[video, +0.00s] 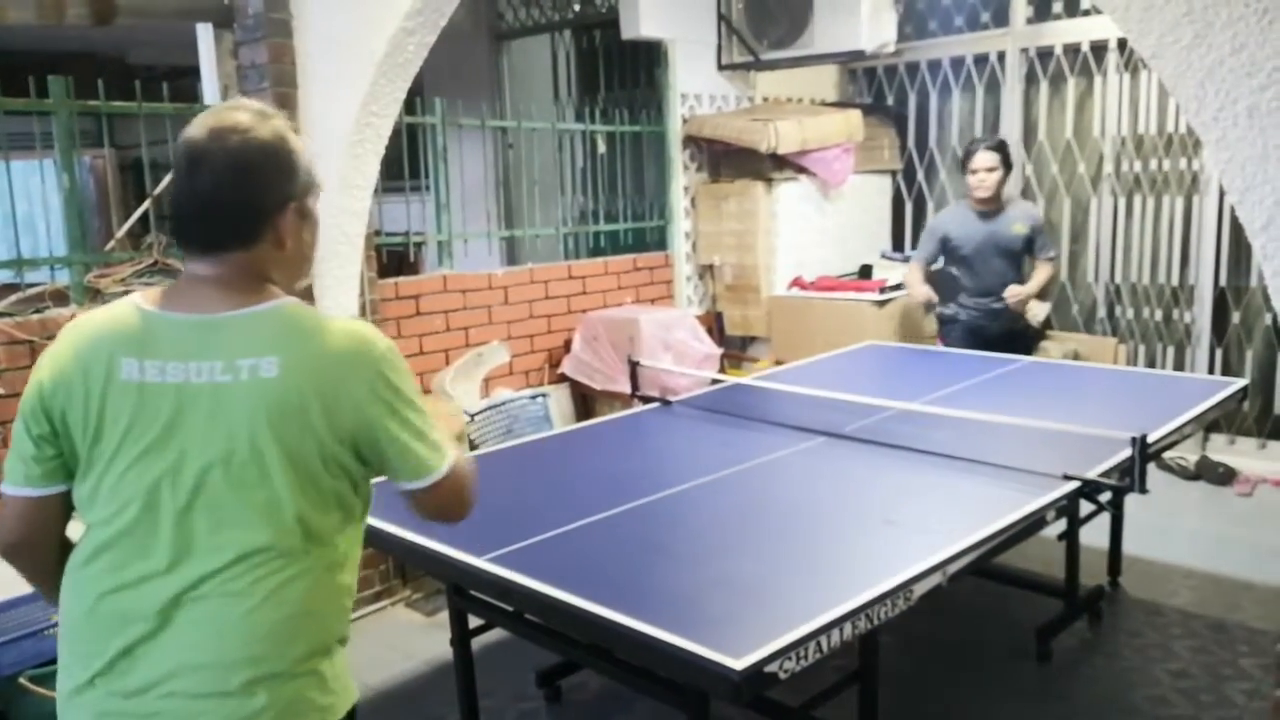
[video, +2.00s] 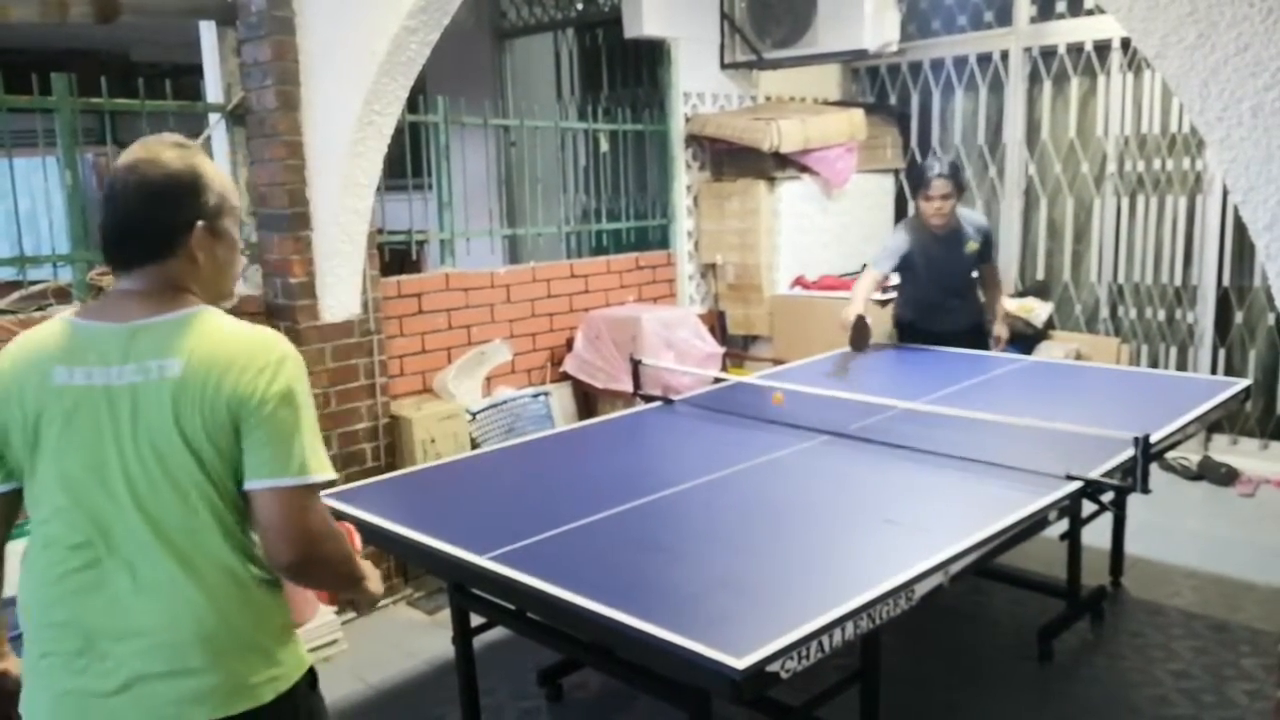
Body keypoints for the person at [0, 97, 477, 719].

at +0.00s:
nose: (315, 223)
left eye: (313, 204)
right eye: (311, 206)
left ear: (183, 215)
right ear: (287, 223)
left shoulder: (83, 346)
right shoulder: (345, 353)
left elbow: (23, 533)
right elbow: (449, 501)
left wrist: (99, 603)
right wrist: (448, 425)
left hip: (101, 697)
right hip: (276, 697)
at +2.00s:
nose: (243, 253)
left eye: (242, 234)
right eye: (236, 233)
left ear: (114, 241)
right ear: (198, 239)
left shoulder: (24, 360)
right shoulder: (255, 355)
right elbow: (292, 544)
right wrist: (355, 576)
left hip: (64, 693)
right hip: (232, 689)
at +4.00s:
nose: (276, 207)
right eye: (273, 197)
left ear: (141, 215)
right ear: (262, 216)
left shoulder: (75, 312)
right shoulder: (289, 350)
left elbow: (165, 299)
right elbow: (338, 546)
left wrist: (266, 267)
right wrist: (407, 678)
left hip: (97, 670)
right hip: (245, 677)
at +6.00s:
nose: (188, 229)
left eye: (184, 211)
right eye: (177, 212)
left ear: (53, 229)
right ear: (129, 231)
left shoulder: (13, 336)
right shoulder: (174, 345)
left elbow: (10, 521)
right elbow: (234, 536)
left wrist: (22, 639)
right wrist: (318, 611)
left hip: (61, 674)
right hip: (197, 677)